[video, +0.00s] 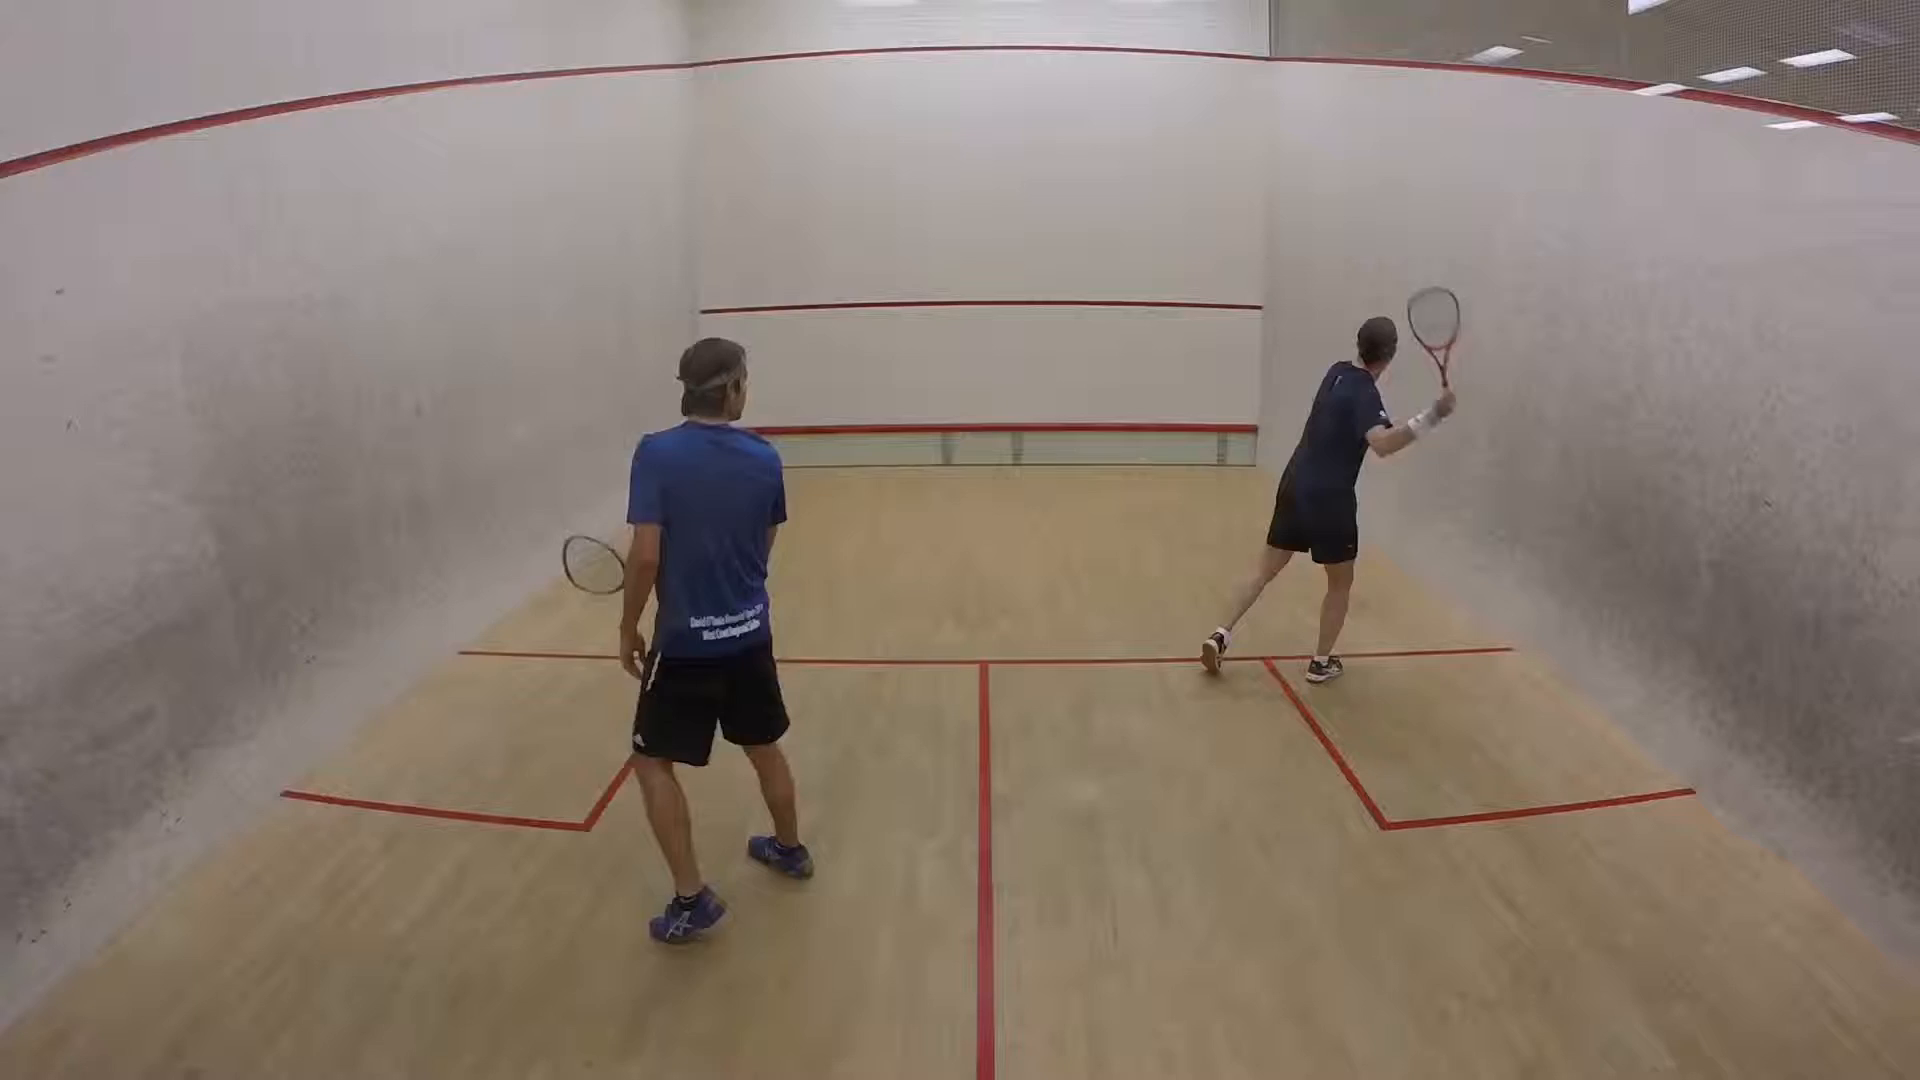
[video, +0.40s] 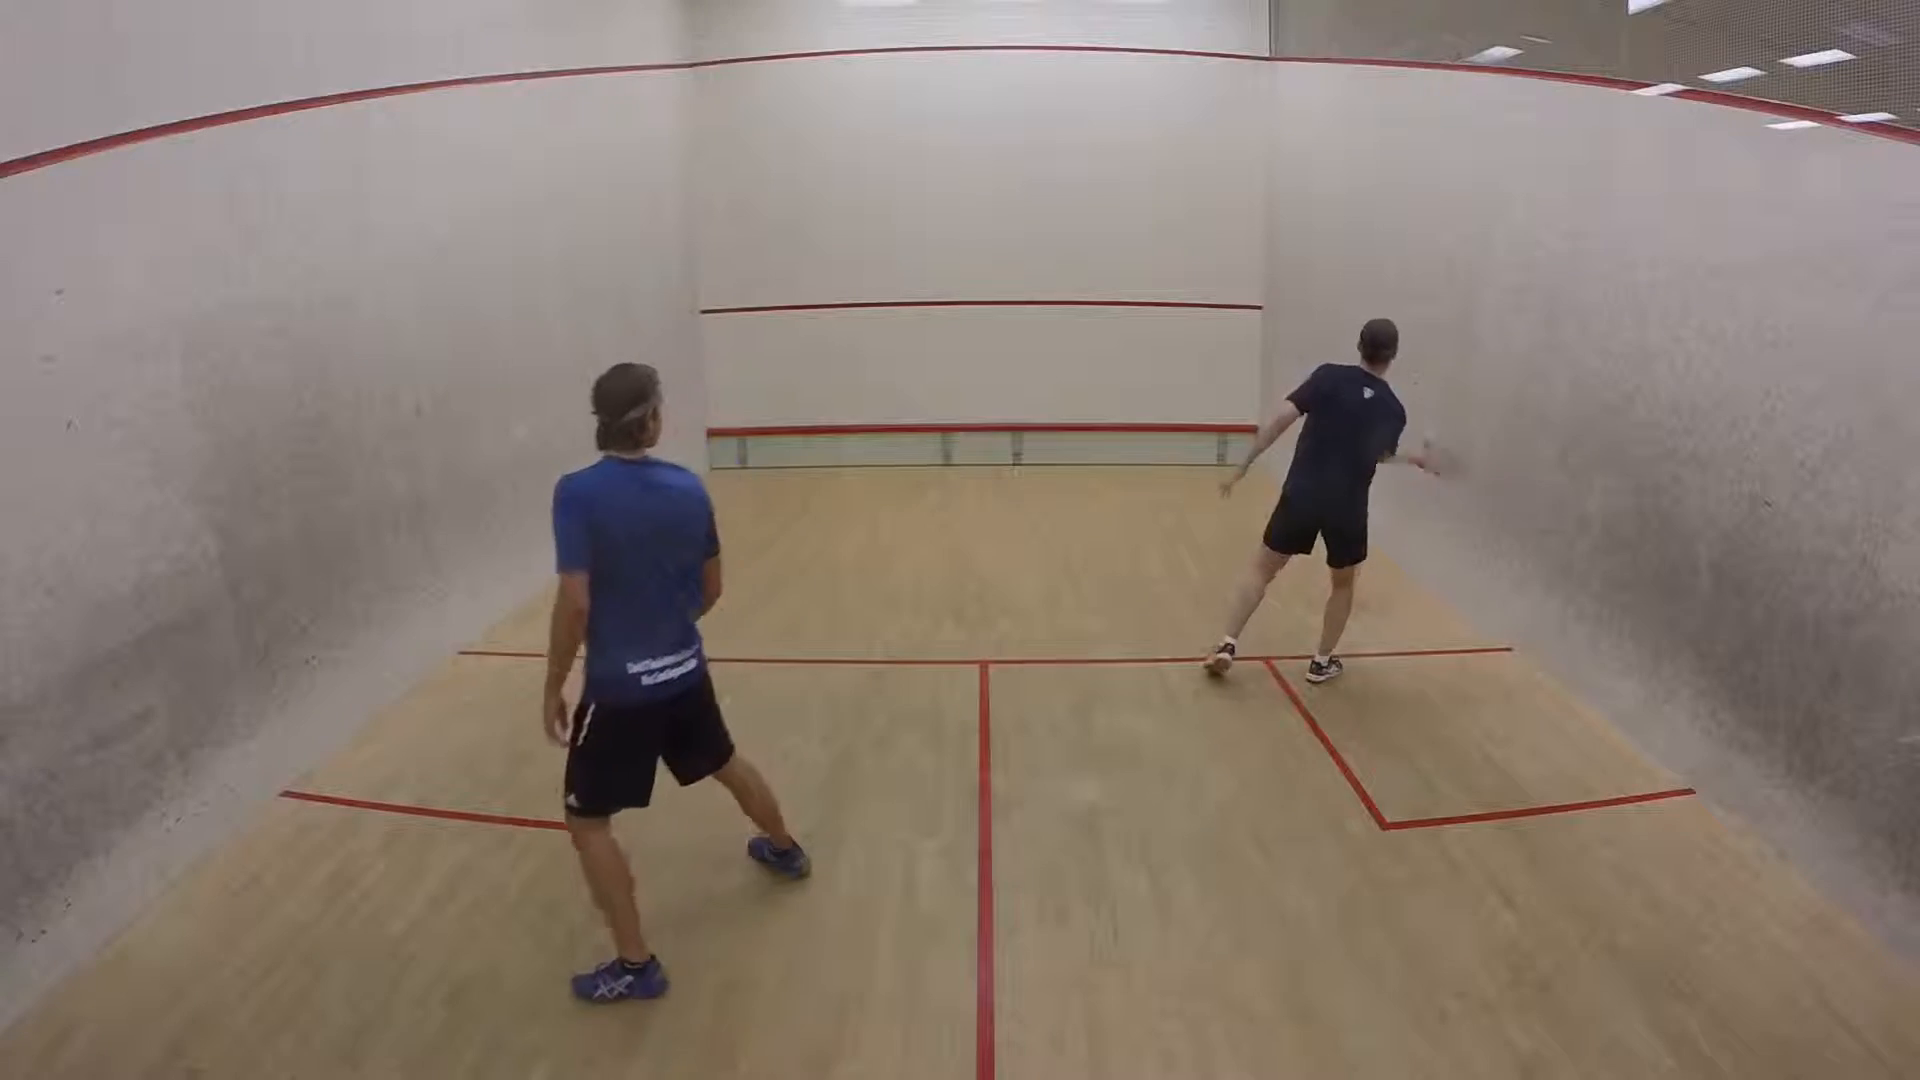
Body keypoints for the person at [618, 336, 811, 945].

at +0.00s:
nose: (747, 394)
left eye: (744, 384)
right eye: (745, 385)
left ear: (686, 389)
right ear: (733, 390)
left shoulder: (656, 453)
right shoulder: (762, 456)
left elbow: (647, 559)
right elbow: (764, 540)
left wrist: (630, 625)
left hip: (687, 646)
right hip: (749, 638)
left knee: (651, 761)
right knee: (764, 744)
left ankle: (692, 898)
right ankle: (791, 847)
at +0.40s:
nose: (663, 419)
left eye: (658, 409)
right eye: (660, 411)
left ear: (597, 420)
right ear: (652, 419)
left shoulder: (577, 492)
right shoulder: (685, 485)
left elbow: (574, 605)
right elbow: (709, 591)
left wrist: (554, 686)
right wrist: (658, 625)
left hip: (619, 696)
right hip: (686, 679)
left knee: (587, 822)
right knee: (726, 763)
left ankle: (635, 962)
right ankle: (787, 847)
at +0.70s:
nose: (549, 416)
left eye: (540, 409)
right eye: (548, 408)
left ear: (483, 424)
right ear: (546, 418)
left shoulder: (475, 507)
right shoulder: (592, 490)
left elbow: (467, 629)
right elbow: (627, 594)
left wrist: (441, 719)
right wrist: (587, 631)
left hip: (541, 713)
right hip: (601, 686)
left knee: (560, 847)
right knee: (602, 778)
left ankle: (635, 966)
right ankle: (666, 874)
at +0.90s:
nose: (495, 424)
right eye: (492, 417)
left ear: (426, 436)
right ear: (489, 429)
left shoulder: (417, 522)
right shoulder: (539, 497)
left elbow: (405, 646)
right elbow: (574, 597)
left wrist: (377, 723)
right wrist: (513, 610)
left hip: (501, 729)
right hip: (556, 701)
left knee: (537, 862)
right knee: (537, 811)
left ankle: (632, 961)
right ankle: (544, 912)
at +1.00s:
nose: (471, 428)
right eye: (468, 422)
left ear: (405, 441)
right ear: (467, 433)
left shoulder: (397, 528)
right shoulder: (512, 501)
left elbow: (389, 652)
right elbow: (546, 597)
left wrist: (360, 732)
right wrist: (480, 606)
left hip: (473, 732)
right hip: (531, 705)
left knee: (472, 866)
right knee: (521, 825)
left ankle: (599, 952)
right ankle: (540, 921)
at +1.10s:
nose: (436, 430)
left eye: (381, 428)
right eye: (436, 421)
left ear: (376, 437)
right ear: (441, 431)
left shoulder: (375, 528)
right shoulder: (486, 502)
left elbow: (377, 658)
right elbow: (516, 594)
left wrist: (354, 738)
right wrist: (447, 608)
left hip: (451, 736)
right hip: (513, 709)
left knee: (409, 868)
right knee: (512, 820)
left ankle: (539, 959)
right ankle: (545, 920)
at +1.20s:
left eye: (354, 439)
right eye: (409, 430)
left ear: (348, 447)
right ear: (413, 440)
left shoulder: (352, 542)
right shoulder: (460, 507)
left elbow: (367, 671)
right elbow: (485, 601)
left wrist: (350, 764)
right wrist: (417, 602)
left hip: (426, 752)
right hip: (490, 724)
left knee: (376, 889)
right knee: (502, 825)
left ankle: (478, 1020)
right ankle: (543, 919)